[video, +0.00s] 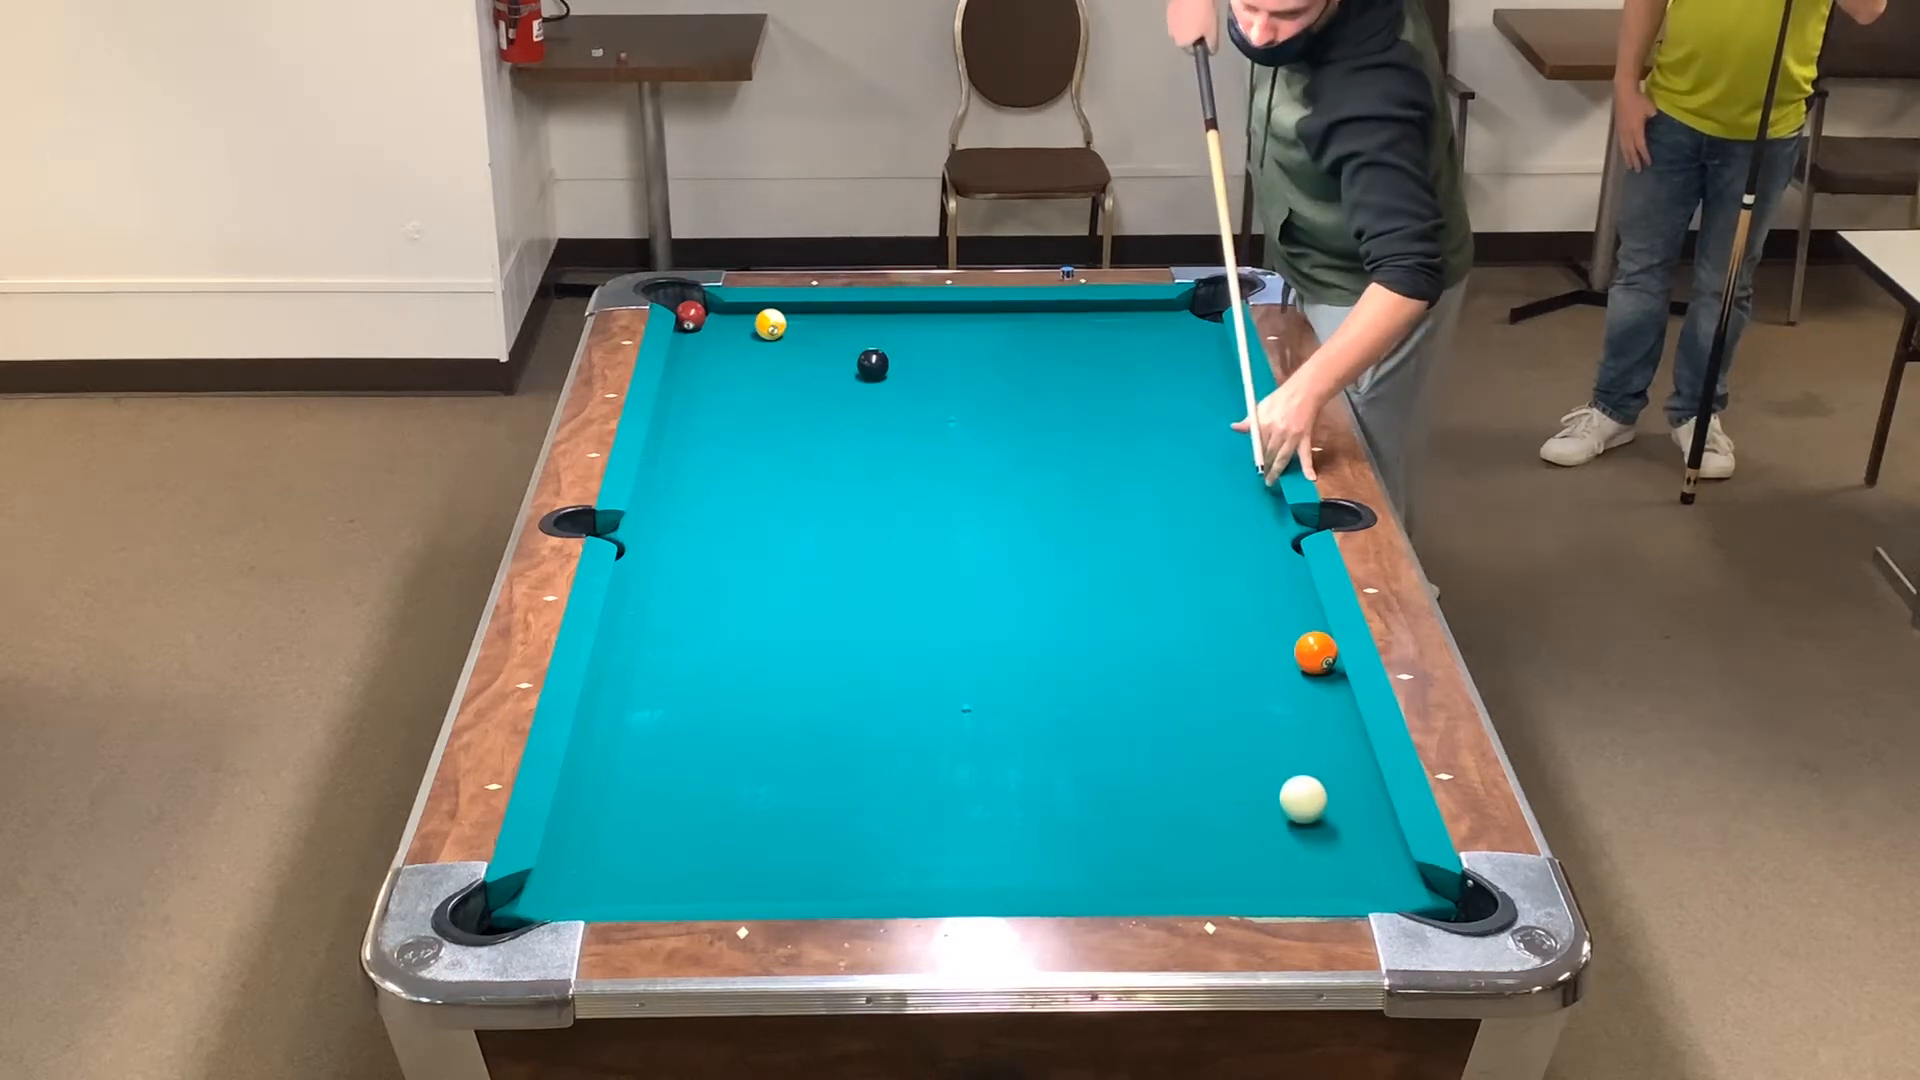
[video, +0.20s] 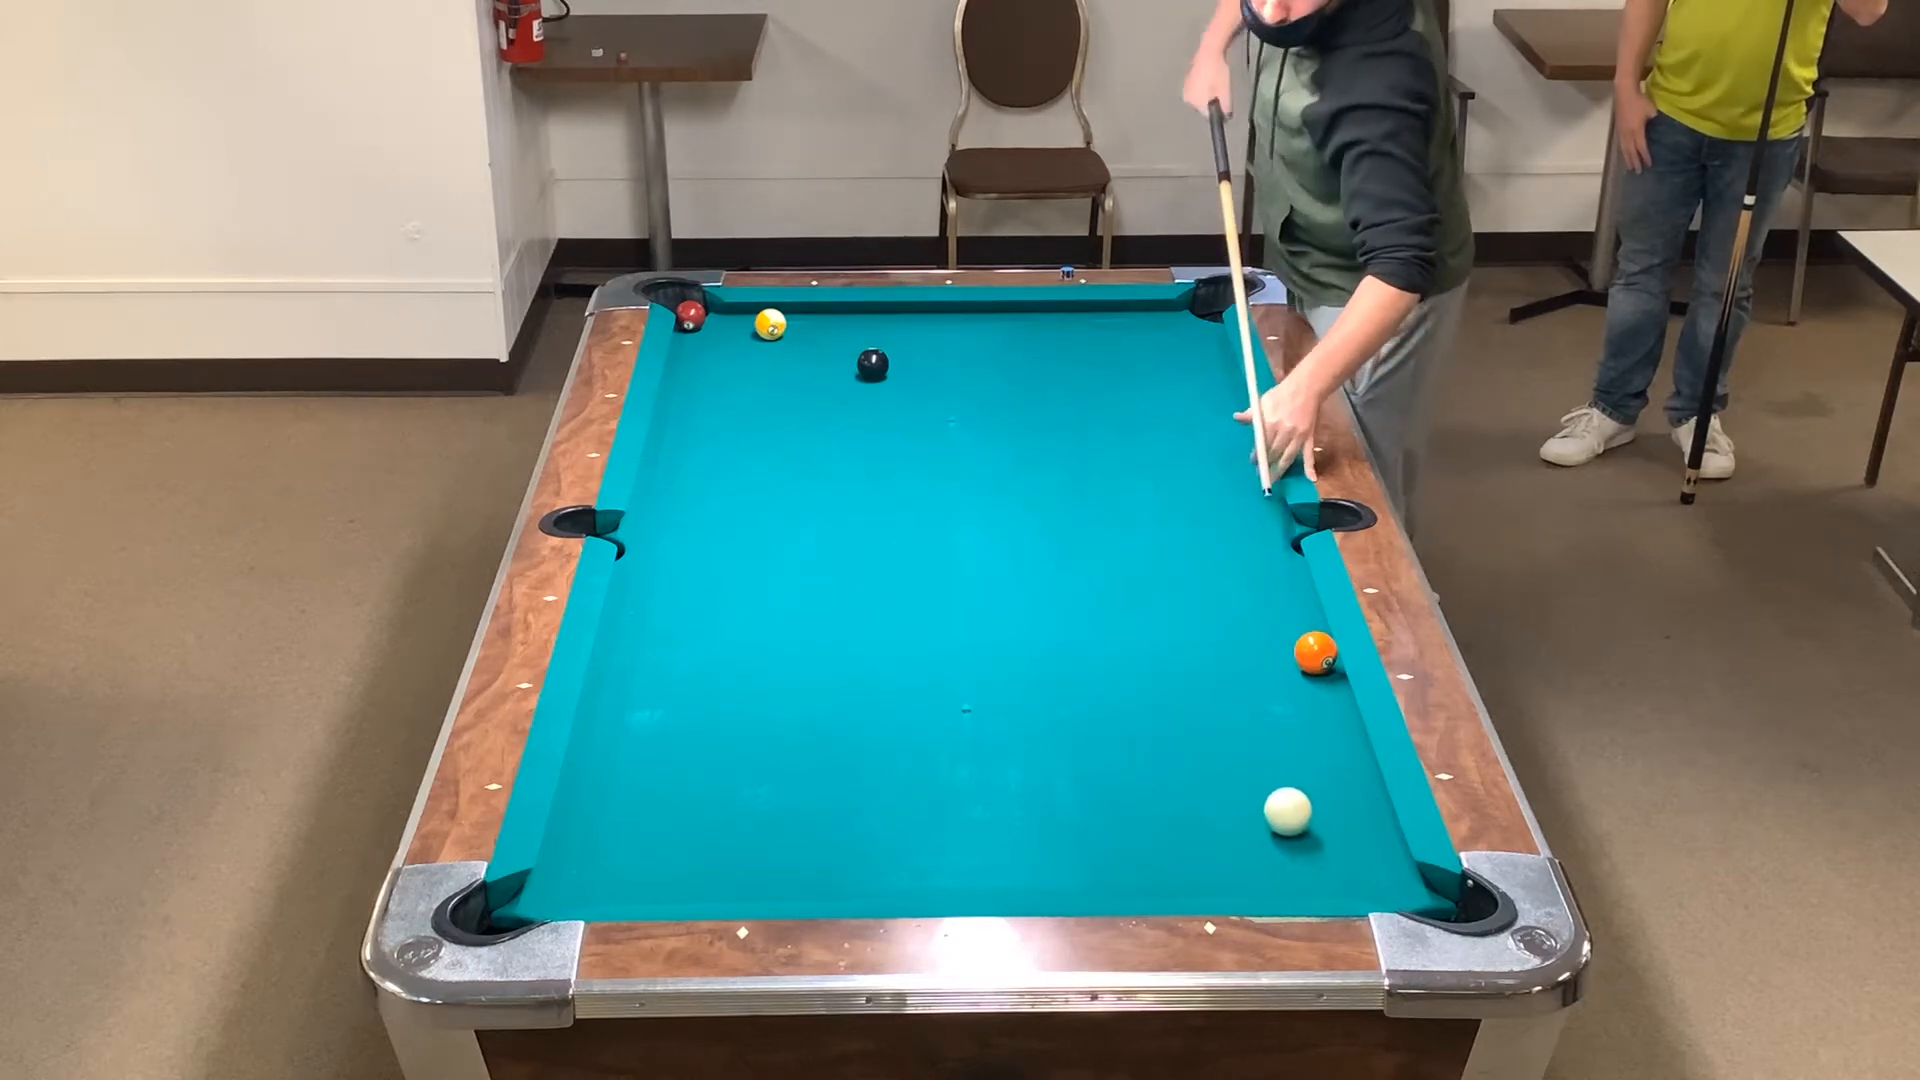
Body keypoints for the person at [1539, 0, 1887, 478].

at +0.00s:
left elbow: (1866, 8)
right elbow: (1647, 0)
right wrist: (1625, 86)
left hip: (1768, 122)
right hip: (1672, 105)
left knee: (1726, 283)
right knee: (1638, 271)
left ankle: (1697, 414)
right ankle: (1613, 409)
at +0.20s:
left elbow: (1867, 9)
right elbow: (1648, 0)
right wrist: (1626, 86)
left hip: (1769, 122)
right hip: (1673, 106)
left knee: (1726, 284)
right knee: (1638, 271)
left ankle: (1697, 414)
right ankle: (1613, 409)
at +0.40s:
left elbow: (1869, 10)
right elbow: (1649, 0)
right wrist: (1626, 86)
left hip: (1769, 123)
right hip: (1673, 106)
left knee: (1726, 284)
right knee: (1638, 272)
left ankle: (1697, 414)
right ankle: (1613, 409)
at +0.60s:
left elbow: (1869, 10)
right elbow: (1649, 0)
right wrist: (1626, 85)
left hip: (1769, 123)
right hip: (1673, 106)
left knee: (1726, 284)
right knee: (1639, 272)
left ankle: (1697, 414)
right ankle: (1613, 409)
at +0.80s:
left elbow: (1871, 11)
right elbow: (1650, 0)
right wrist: (1627, 86)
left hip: (1770, 122)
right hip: (1674, 105)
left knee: (1726, 284)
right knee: (1639, 272)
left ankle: (1697, 414)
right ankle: (1612, 408)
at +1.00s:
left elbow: (1873, 12)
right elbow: (1653, 0)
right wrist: (1630, 87)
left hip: (1771, 123)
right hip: (1675, 105)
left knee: (1726, 285)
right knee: (1640, 272)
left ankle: (1697, 414)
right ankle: (1613, 408)